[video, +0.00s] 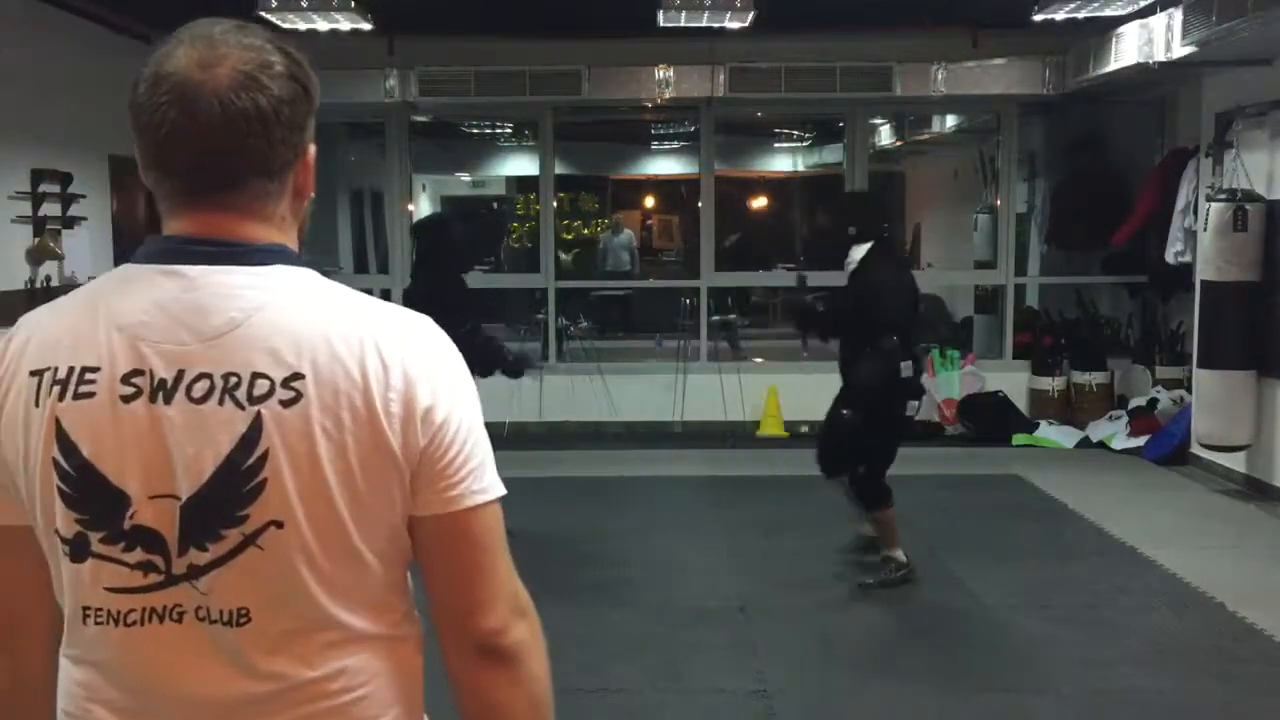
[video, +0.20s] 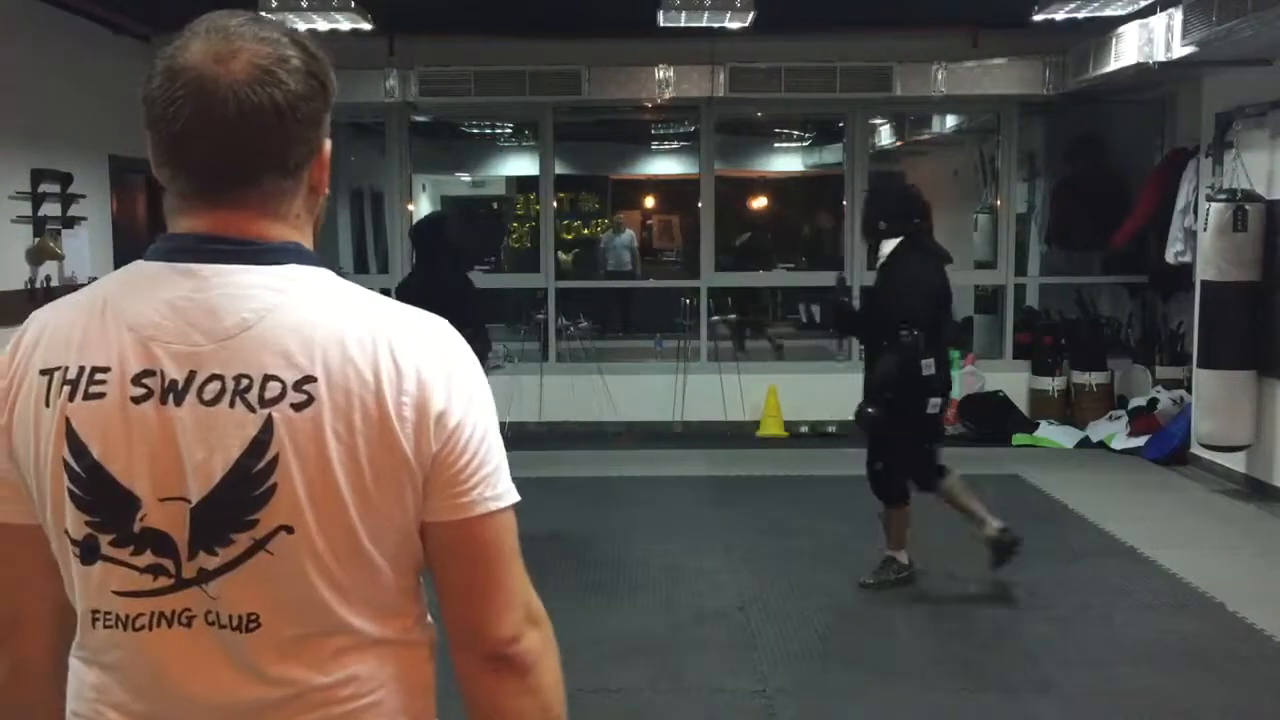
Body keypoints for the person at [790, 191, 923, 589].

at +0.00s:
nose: (829, 239)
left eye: (835, 230)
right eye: (828, 229)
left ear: (852, 230)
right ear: (878, 229)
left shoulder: (868, 274)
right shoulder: (894, 269)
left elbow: (846, 326)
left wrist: (806, 315)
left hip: (873, 389)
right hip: (892, 385)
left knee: (865, 472)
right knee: (838, 457)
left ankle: (895, 556)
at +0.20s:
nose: (866, 228)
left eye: (871, 219)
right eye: (867, 219)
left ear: (885, 221)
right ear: (913, 218)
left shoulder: (897, 264)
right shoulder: (926, 258)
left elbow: (883, 331)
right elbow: (936, 324)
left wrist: (846, 318)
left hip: (897, 386)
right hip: (928, 382)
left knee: (888, 471)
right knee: (924, 467)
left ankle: (897, 559)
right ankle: (993, 528)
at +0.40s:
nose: (909, 235)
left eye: (914, 227)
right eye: (911, 226)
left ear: (931, 226)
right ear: (957, 224)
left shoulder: (930, 266)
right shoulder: (978, 263)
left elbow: (923, 337)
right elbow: (980, 328)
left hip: (938, 391)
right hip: (981, 387)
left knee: (912, 471)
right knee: (989, 474)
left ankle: (901, 559)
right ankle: (1029, 555)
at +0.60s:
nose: (950, 239)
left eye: (952, 231)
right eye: (951, 231)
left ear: (961, 230)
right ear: (1001, 224)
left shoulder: (956, 275)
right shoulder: (1031, 272)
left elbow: (944, 343)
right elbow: (1051, 335)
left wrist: (941, 397)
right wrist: (1036, 369)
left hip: (975, 393)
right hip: (1026, 392)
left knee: (940, 469)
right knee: (1031, 475)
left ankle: (917, 550)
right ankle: (1044, 564)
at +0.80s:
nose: (983, 227)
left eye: (983, 220)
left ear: (985, 223)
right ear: (1027, 221)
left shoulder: (971, 271)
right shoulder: (1056, 269)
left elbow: (954, 339)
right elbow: (1080, 329)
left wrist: (949, 389)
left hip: (992, 384)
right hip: (1044, 383)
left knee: (981, 461)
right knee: (1041, 469)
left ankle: (988, 536)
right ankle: (1042, 560)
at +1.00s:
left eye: (1002, 228)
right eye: (1031, 228)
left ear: (997, 231)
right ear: (1037, 230)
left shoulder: (981, 278)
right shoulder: (1064, 276)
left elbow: (957, 342)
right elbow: (1093, 334)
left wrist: (954, 393)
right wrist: (1077, 373)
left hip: (1007, 385)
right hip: (1057, 385)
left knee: (1013, 465)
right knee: (1048, 468)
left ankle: (1029, 537)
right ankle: (1039, 550)